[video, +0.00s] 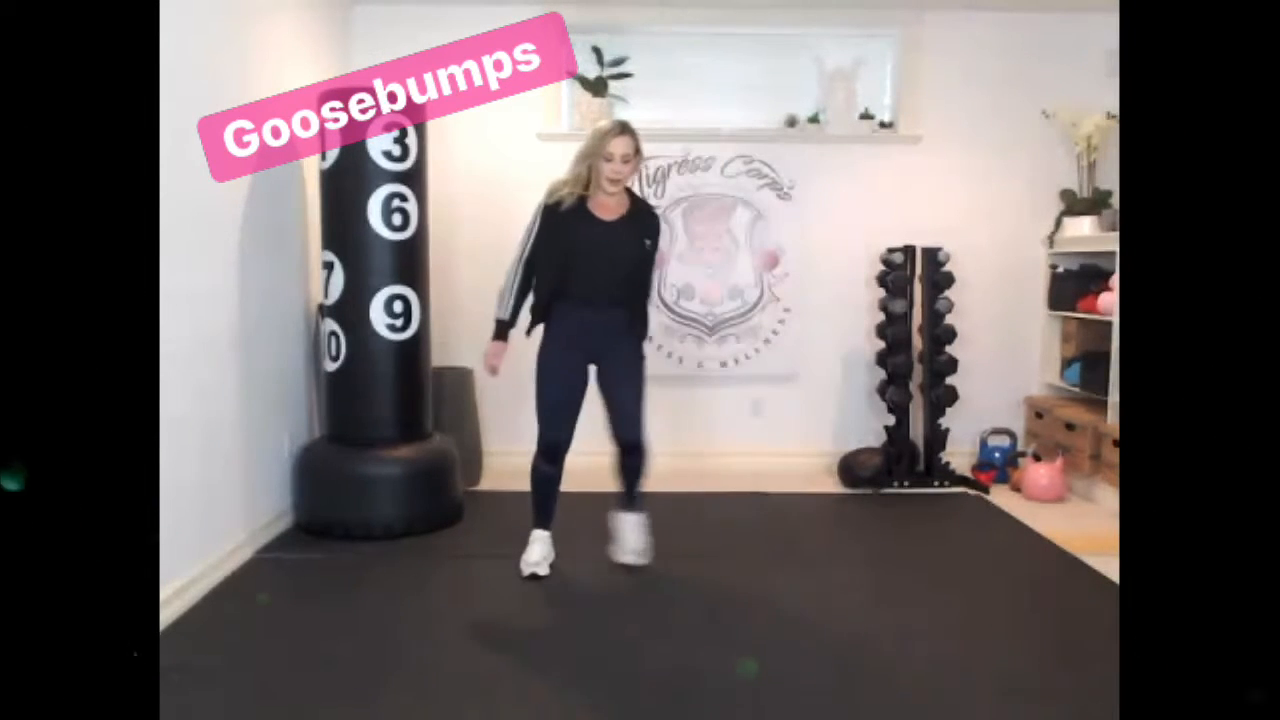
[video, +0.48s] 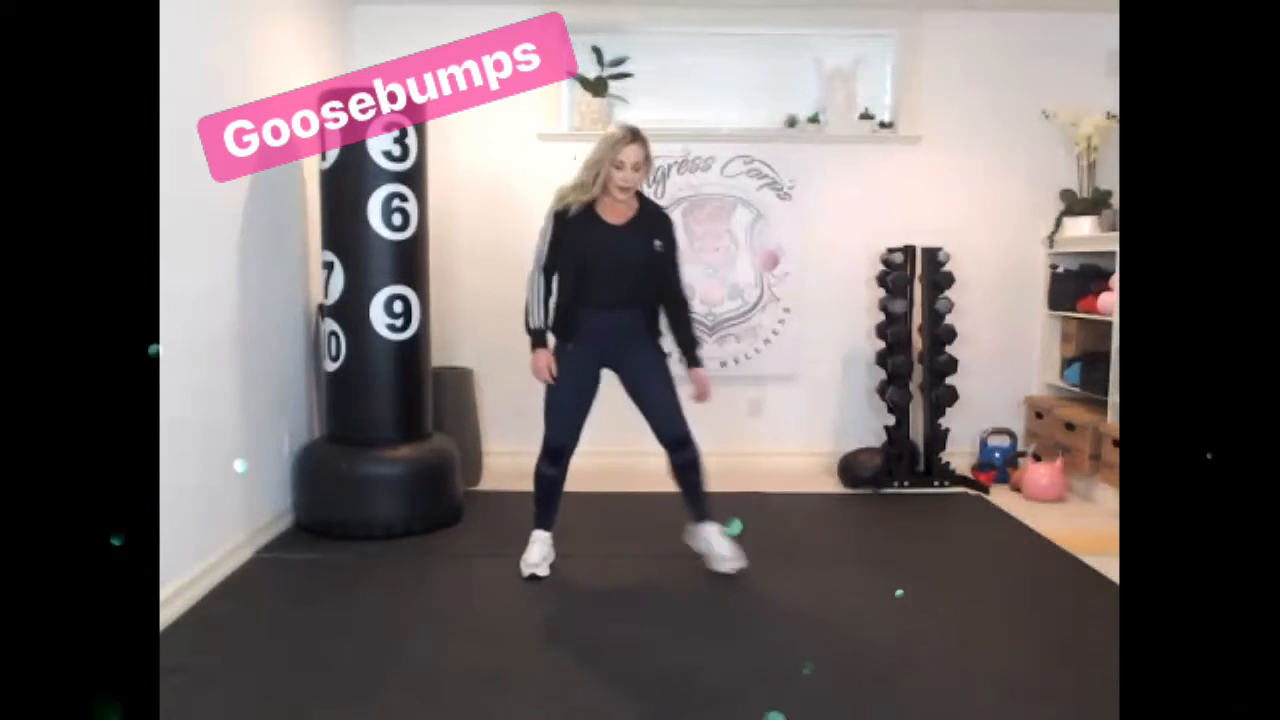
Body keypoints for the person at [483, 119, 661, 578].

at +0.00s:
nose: (619, 168)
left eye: (628, 160)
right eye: (610, 158)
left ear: (637, 164)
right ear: (593, 159)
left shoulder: (646, 218)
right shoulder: (560, 209)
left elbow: (643, 282)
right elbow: (526, 268)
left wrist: (636, 334)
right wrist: (501, 333)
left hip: (621, 337)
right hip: (563, 335)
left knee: (630, 437)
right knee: (553, 440)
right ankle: (541, 535)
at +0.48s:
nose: (628, 173)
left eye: (637, 166)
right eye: (620, 164)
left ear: (646, 170)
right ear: (602, 165)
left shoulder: (656, 222)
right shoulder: (568, 215)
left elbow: (672, 294)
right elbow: (541, 277)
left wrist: (694, 362)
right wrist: (539, 342)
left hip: (637, 340)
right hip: (578, 341)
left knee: (677, 437)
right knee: (557, 445)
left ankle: (702, 526)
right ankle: (541, 536)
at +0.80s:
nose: (687, 181)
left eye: (695, 171)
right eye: (677, 173)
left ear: (708, 172)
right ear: (663, 176)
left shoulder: (729, 221)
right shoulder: (645, 227)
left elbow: (751, 287)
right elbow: (629, 294)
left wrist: (755, 347)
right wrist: (606, 359)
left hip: (715, 346)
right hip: (657, 343)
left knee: (732, 450)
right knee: (615, 438)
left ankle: (742, 540)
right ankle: (585, 522)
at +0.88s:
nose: (701, 171)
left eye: (708, 162)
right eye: (691, 165)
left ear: (719, 162)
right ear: (677, 168)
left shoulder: (741, 211)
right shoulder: (657, 218)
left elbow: (769, 276)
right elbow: (641, 286)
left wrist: (774, 338)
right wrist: (626, 351)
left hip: (724, 339)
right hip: (668, 339)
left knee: (733, 443)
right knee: (636, 432)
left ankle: (742, 539)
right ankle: (641, 511)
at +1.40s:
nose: (679, 176)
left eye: (685, 165)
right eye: (669, 170)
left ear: (697, 162)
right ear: (654, 174)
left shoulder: (723, 213)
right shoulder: (636, 223)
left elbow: (756, 280)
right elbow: (619, 290)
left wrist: (750, 341)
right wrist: (595, 350)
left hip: (709, 343)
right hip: (649, 342)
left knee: (728, 449)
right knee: (610, 439)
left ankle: (743, 540)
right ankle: (578, 527)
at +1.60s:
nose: (634, 189)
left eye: (639, 179)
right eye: (624, 182)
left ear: (648, 180)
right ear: (606, 187)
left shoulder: (667, 234)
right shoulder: (583, 240)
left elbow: (691, 304)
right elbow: (559, 305)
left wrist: (715, 371)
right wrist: (532, 368)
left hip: (658, 361)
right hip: (598, 362)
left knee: (698, 454)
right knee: (563, 458)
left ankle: (739, 539)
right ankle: (541, 540)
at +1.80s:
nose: (601, 170)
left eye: (606, 161)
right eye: (592, 162)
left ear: (611, 162)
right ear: (570, 164)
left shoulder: (623, 211)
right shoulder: (541, 216)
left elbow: (640, 281)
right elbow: (513, 284)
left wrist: (655, 338)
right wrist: (493, 354)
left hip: (627, 334)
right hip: (571, 340)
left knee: (693, 408)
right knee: (557, 448)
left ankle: (718, 503)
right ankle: (539, 540)